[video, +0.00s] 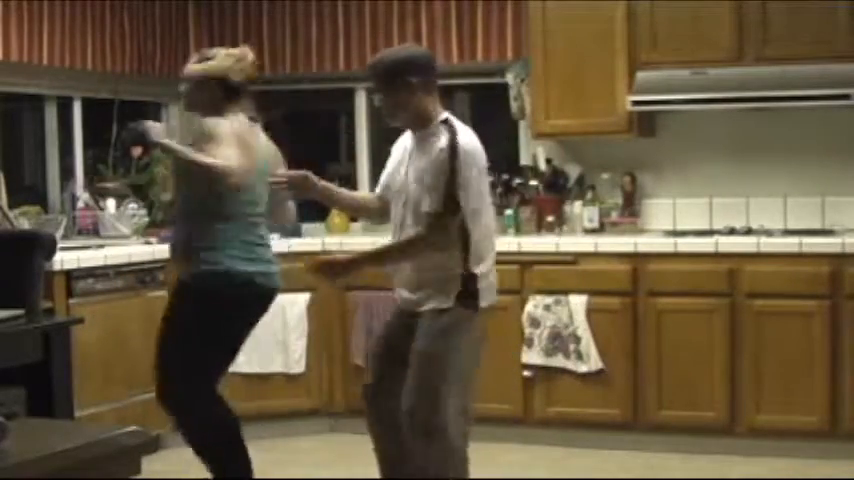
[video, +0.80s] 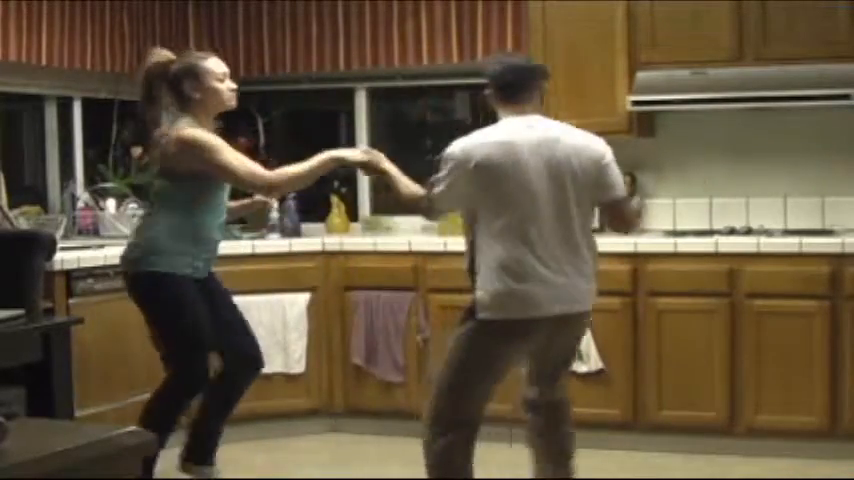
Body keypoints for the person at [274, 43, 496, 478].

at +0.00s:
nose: (379, 105)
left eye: (385, 94)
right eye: (377, 96)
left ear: (417, 87)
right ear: (409, 90)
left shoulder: (458, 145)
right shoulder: (405, 145)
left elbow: (443, 236)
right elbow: (379, 206)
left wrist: (359, 261)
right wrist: (317, 189)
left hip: (455, 305)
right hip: (413, 302)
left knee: (428, 416)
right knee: (382, 401)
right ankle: (403, 477)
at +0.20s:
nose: (379, 107)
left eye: (381, 96)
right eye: (377, 97)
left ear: (404, 88)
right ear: (425, 86)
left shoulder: (418, 147)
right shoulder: (470, 131)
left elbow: (378, 223)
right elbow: (426, 201)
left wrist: (313, 236)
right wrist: (369, 197)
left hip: (454, 304)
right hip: (483, 297)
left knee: (427, 416)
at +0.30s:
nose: (388, 106)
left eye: (390, 95)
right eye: (387, 96)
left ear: (408, 88)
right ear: (440, 87)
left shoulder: (412, 147)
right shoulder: (490, 135)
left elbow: (382, 226)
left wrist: (318, 233)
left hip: (450, 306)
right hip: (492, 299)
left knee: (422, 419)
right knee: (399, 382)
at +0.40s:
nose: (402, 107)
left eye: (402, 96)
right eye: (400, 97)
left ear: (417, 91)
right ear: (455, 89)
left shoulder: (418, 148)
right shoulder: (507, 138)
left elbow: (391, 230)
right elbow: (539, 211)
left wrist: (322, 227)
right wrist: (485, 212)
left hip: (452, 309)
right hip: (505, 303)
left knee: (415, 423)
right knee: (453, 410)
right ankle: (469, 474)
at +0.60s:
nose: (438, 105)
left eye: (440, 98)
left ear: (445, 97)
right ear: (494, 93)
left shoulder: (435, 152)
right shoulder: (544, 142)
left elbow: (391, 225)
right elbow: (585, 208)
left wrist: (320, 196)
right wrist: (536, 215)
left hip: (474, 309)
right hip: (539, 305)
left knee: (411, 418)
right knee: (491, 420)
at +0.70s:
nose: (523, 99)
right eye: (522, 93)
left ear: (467, 100)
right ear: (517, 94)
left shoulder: (447, 150)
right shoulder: (563, 145)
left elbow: (395, 210)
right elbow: (606, 213)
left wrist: (346, 160)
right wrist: (611, 195)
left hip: (484, 306)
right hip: (554, 304)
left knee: (438, 418)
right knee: (515, 406)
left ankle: (443, 473)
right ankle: (488, 473)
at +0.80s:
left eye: (488, 94)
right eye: (541, 92)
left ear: (491, 96)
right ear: (541, 92)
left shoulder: (471, 151)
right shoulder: (589, 147)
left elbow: (428, 205)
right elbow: (622, 219)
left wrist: (384, 165)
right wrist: (630, 199)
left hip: (504, 309)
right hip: (572, 307)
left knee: (449, 424)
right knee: (548, 395)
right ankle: (556, 474)